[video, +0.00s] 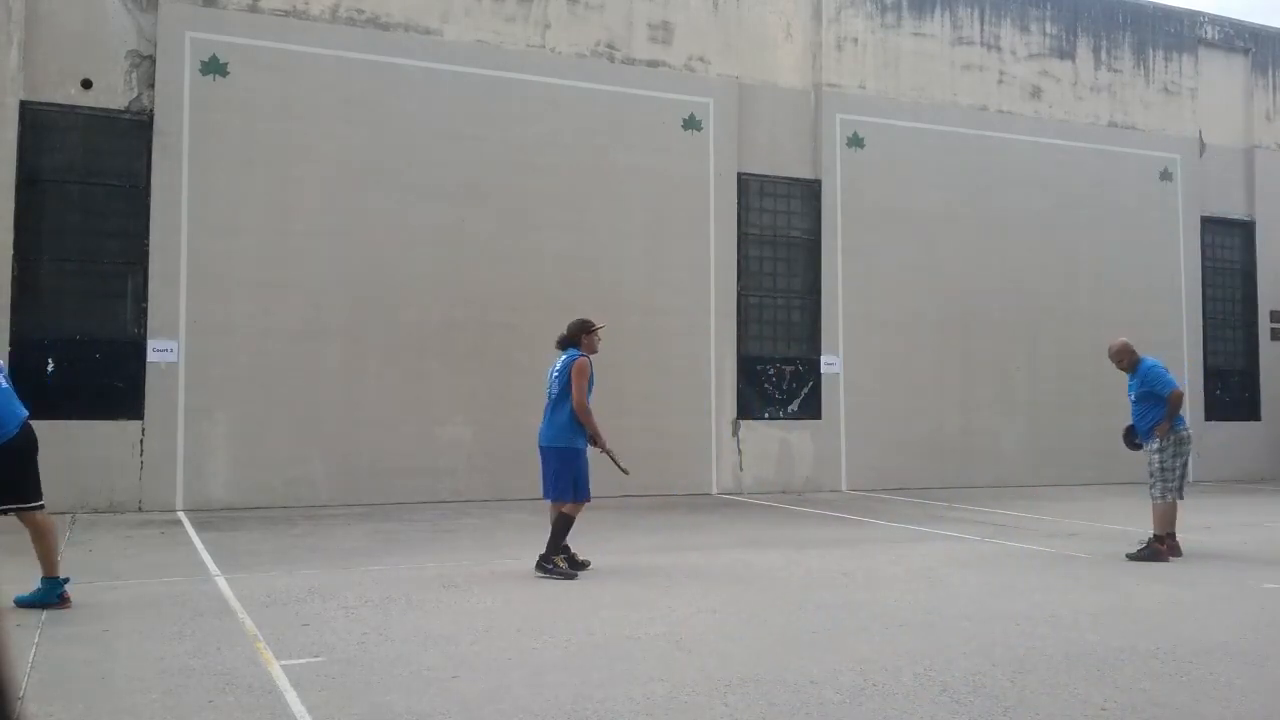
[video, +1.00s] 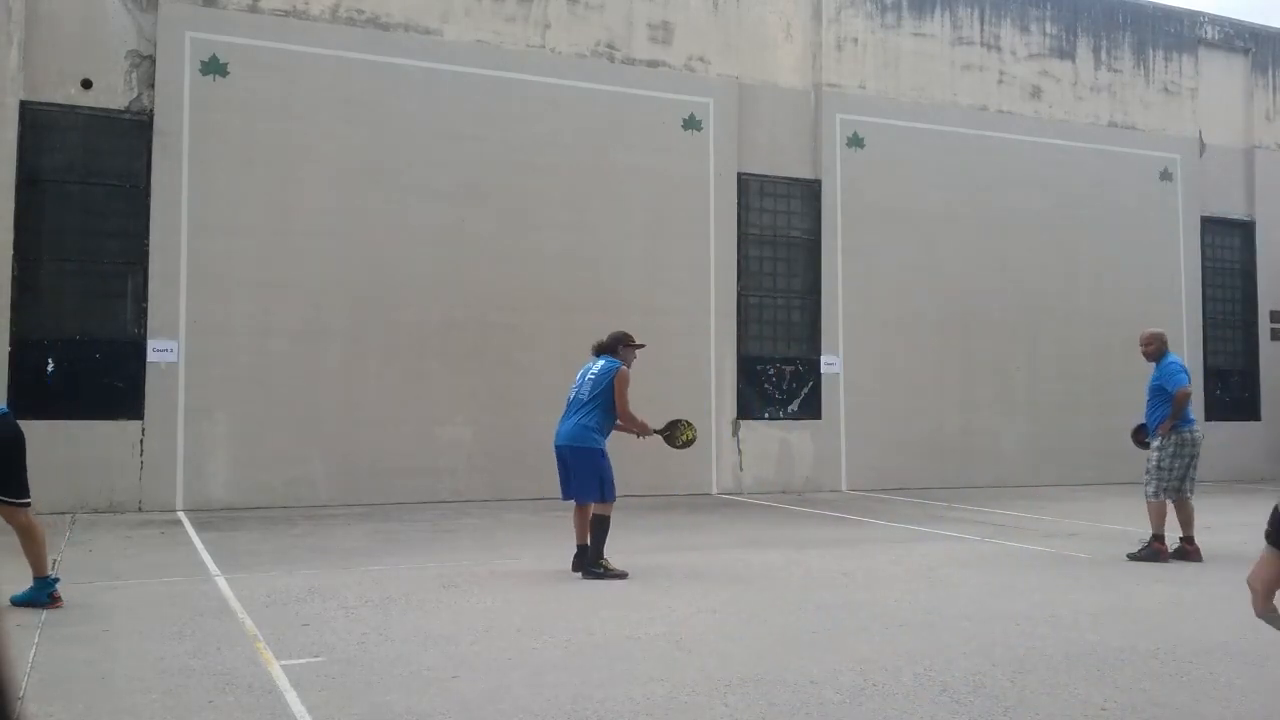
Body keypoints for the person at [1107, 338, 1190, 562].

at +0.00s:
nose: (1119, 366)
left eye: (1120, 361)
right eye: (1115, 363)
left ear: (1132, 354)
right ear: (1116, 361)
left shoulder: (1150, 370)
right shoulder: (1135, 373)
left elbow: (1176, 394)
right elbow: (1151, 405)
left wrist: (1167, 423)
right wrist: (1138, 427)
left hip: (1166, 437)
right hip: (1160, 437)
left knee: (1161, 491)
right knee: (1167, 491)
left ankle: (1158, 544)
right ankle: (1169, 540)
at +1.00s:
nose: (1144, 350)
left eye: (1149, 345)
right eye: (1142, 346)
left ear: (1164, 344)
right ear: (1143, 348)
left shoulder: (1170, 366)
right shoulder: (1164, 366)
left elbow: (1183, 392)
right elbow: (1167, 401)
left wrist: (1169, 421)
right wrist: (1151, 426)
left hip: (1172, 435)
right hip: (1185, 434)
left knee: (1154, 489)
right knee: (1179, 491)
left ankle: (1157, 544)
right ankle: (1189, 545)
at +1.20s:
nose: (1148, 348)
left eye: (1152, 343)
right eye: (1147, 343)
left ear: (1169, 343)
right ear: (1169, 345)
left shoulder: (1169, 365)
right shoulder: (1182, 363)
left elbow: (1176, 392)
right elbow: (1198, 394)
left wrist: (1163, 424)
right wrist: (1185, 418)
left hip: (1171, 435)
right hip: (1190, 433)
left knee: (1160, 490)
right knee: (1182, 491)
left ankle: (1158, 545)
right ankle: (1189, 545)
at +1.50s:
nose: (1152, 343)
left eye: (1157, 339)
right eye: (1152, 339)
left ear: (1172, 343)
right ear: (1171, 344)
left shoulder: (1174, 363)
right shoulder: (1182, 362)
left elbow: (1177, 390)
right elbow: (1183, 393)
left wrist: (1158, 414)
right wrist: (1162, 413)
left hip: (1168, 435)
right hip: (1179, 434)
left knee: (1162, 488)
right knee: (1182, 491)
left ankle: (1158, 543)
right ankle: (1188, 542)